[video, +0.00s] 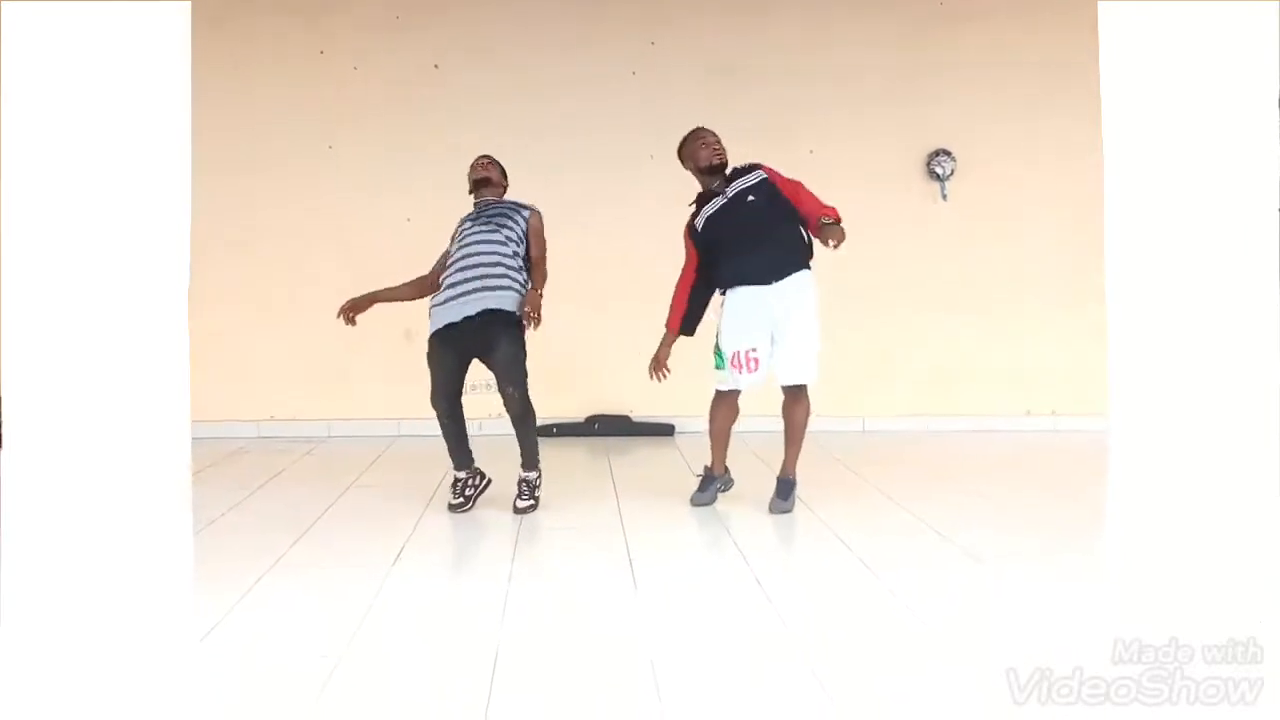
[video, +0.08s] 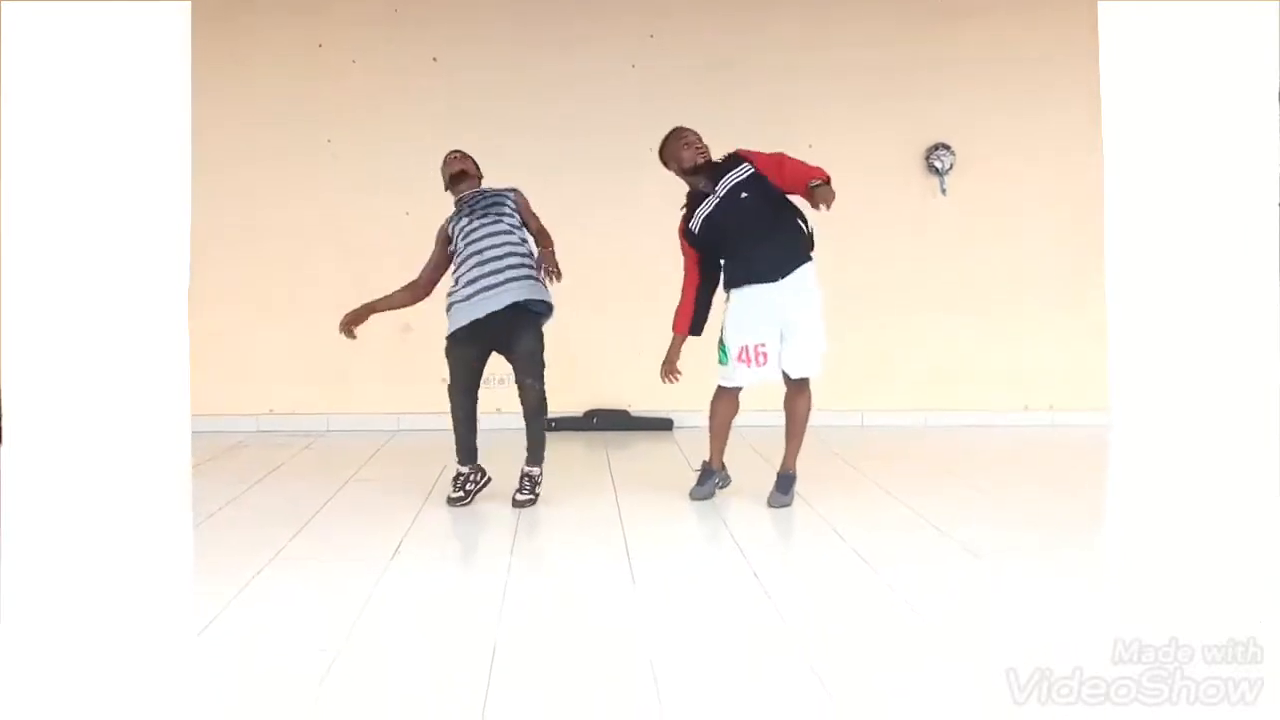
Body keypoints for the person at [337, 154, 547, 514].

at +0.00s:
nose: (481, 164)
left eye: (489, 163)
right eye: (475, 165)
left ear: (505, 182)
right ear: (469, 188)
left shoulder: (524, 212)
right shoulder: (463, 227)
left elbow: (537, 258)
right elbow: (431, 281)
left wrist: (536, 291)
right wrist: (372, 297)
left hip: (499, 311)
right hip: (449, 317)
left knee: (514, 392)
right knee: (443, 398)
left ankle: (530, 470)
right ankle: (467, 474)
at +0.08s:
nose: (456, 162)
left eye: (462, 158)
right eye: (449, 163)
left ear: (479, 173)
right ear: (446, 186)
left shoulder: (510, 196)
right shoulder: (450, 227)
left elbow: (538, 231)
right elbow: (421, 287)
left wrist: (547, 251)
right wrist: (366, 310)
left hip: (519, 297)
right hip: (468, 310)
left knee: (531, 386)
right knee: (461, 392)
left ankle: (533, 467)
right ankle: (469, 469)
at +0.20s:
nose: (442, 155)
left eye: (447, 152)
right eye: (434, 158)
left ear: (466, 163)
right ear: (436, 184)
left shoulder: (502, 181)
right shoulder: (450, 227)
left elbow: (543, 208)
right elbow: (427, 290)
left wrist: (559, 223)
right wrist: (383, 315)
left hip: (541, 289)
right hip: (494, 304)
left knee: (548, 383)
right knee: (484, 388)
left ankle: (541, 463)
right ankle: (481, 465)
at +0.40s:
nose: (424, 133)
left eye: (431, 125)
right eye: (416, 134)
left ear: (452, 133)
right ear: (417, 153)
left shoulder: (481, 143)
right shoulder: (439, 199)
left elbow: (542, 154)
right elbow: (445, 260)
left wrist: (549, 183)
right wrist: (438, 295)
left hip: (548, 265)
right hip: (504, 279)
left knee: (550, 359)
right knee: (489, 361)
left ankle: (540, 445)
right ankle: (486, 447)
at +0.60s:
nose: (451, 140)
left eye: (458, 131)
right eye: (443, 134)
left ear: (477, 128)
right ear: (436, 136)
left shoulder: (504, 151)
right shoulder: (436, 170)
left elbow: (566, 161)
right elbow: (430, 220)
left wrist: (541, 220)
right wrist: (454, 268)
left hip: (519, 273)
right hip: (472, 277)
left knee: (528, 349)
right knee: (464, 349)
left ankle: (530, 436)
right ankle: (478, 436)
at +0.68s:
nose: (467, 147)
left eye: (475, 138)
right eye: (459, 139)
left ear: (491, 135)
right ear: (450, 139)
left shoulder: (515, 169)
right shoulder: (438, 171)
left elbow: (570, 196)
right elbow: (429, 215)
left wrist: (543, 248)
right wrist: (434, 268)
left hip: (512, 281)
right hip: (462, 284)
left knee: (529, 348)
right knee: (445, 351)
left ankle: (528, 432)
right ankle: (464, 435)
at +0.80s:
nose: (481, 142)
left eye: (490, 135)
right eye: (474, 134)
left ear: (504, 137)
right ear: (465, 136)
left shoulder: (523, 187)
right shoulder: (446, 182)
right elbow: (428, 233)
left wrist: (552, 294)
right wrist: (406, 279)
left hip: (510, 302)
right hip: (458, 302)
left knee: (542, 376)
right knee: (439, 376)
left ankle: (527, 440)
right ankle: (462, 445)